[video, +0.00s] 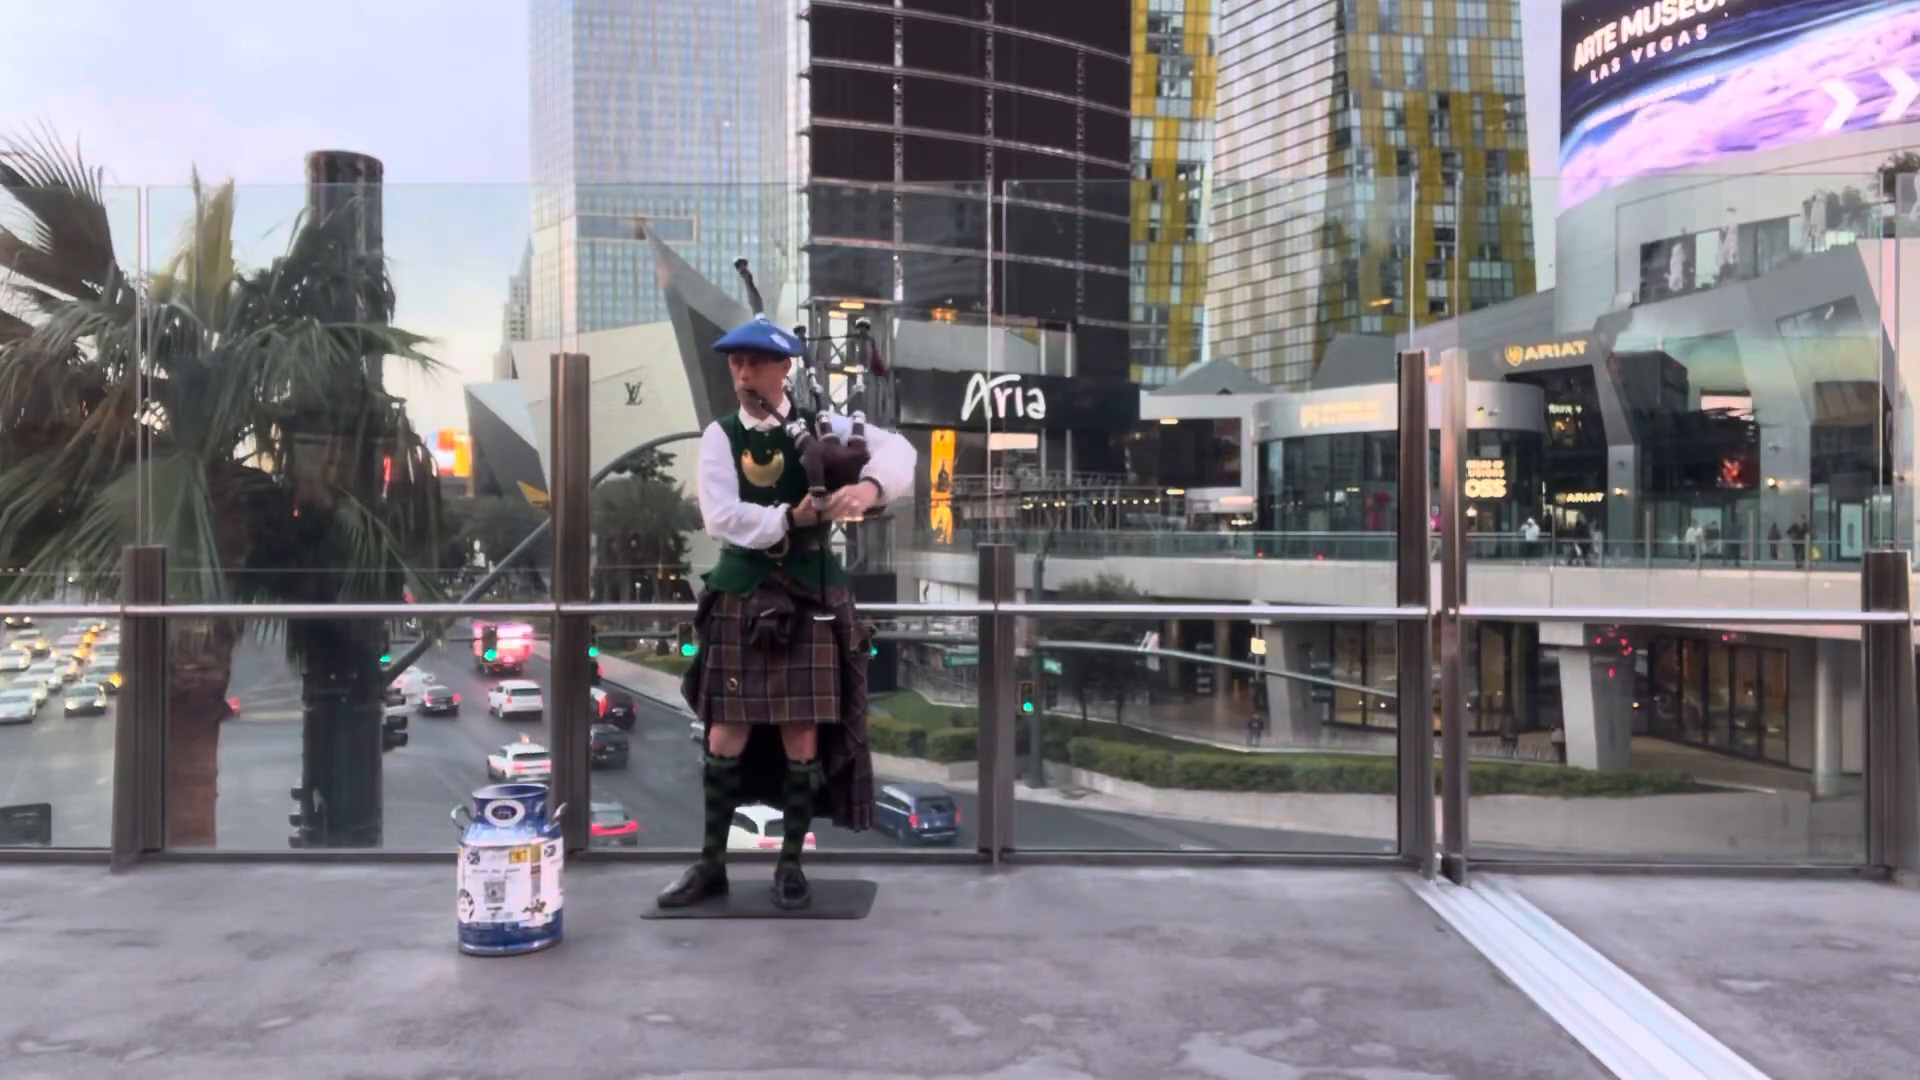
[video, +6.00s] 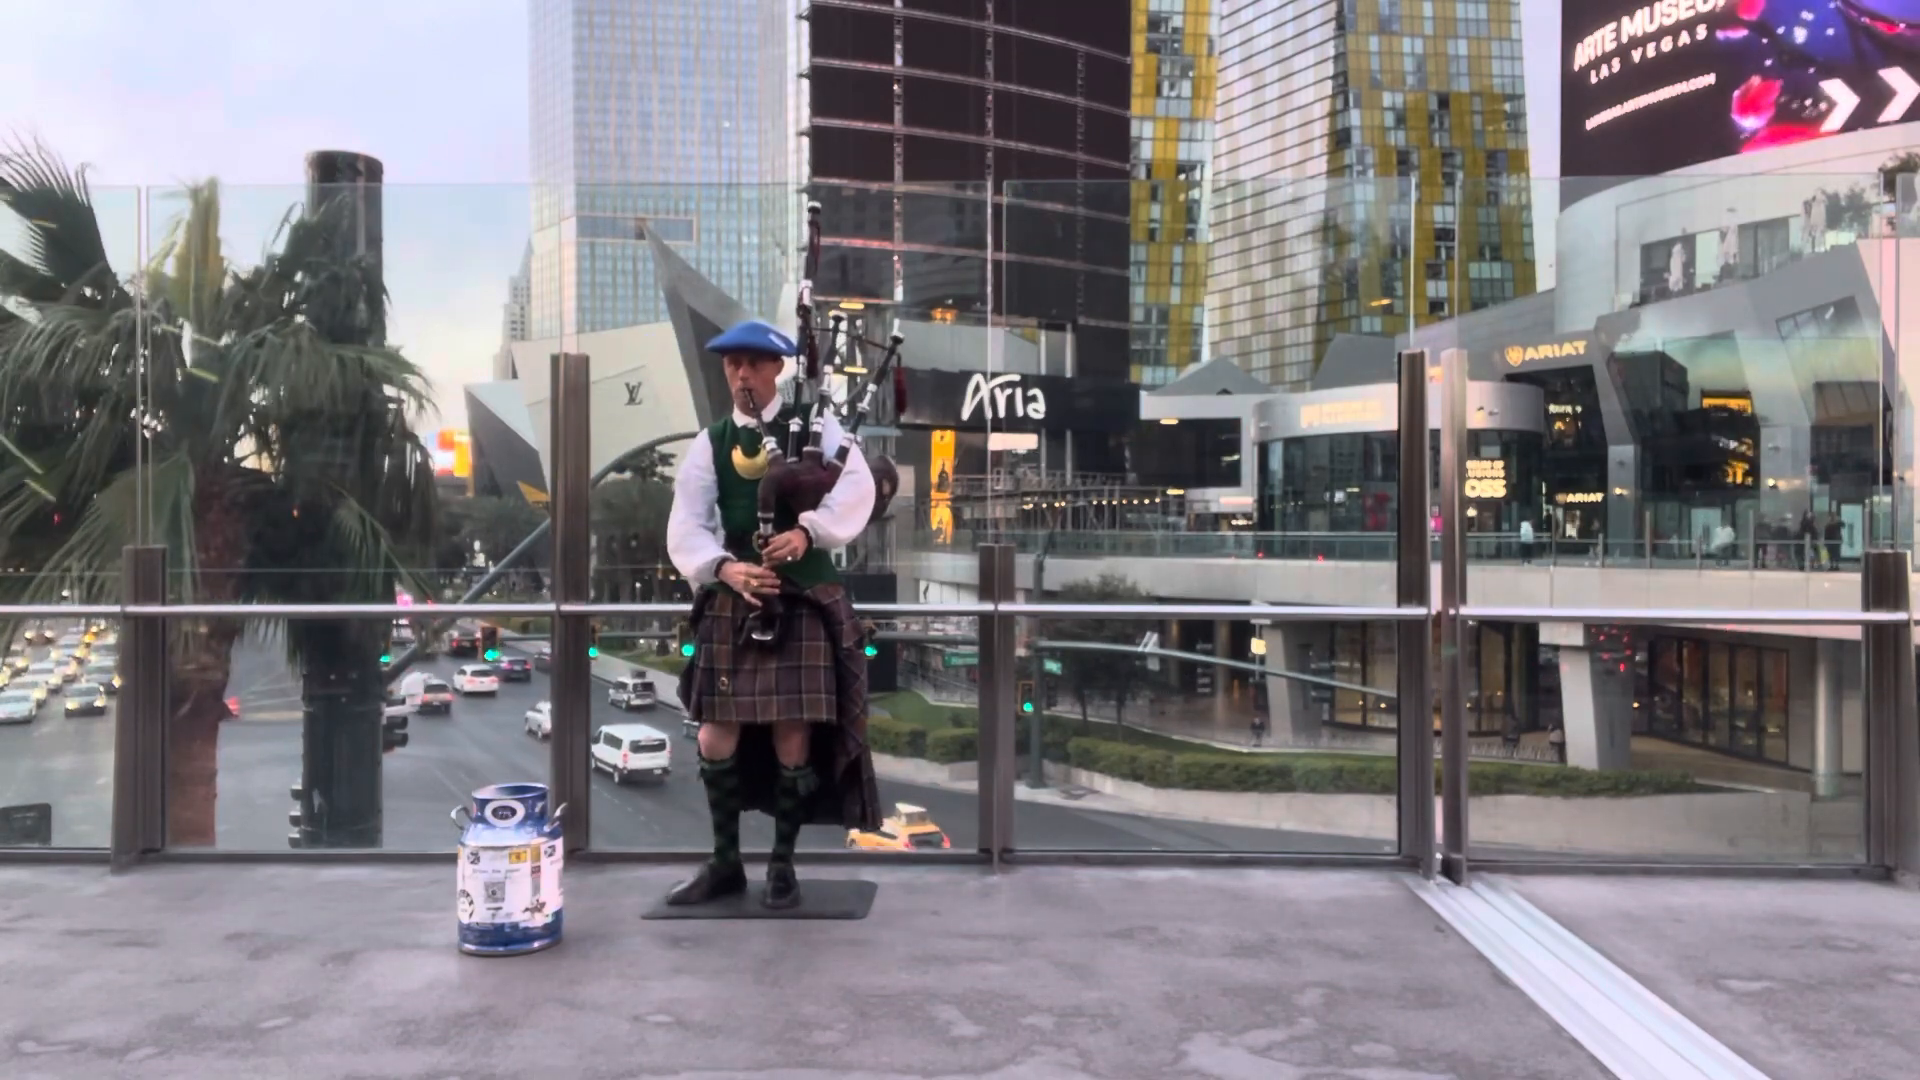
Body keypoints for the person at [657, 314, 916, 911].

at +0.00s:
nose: (740, 374)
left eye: (753, 363)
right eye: (735, 364)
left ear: (785, 367)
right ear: (731, 370)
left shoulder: (825, 424)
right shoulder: (722, 434)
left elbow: (899, 450)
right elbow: (721, 515)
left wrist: (871, 487)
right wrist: (792, 517)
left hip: (811, 595)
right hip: (741, 594)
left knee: (801, 733)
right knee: (726, 731)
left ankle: (790, 866)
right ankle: (711, 866)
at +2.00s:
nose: (727, 375)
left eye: (740, 363)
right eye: (720, 364)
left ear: (771, 368)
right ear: (716, 370)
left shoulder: (811, 425)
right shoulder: (707, 438)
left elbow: (869, 482)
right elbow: (692, 518)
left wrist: (827, 489)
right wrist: (757, 519)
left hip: (804, 591)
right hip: (731, 592)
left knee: (795, 727)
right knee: (723, 726)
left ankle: (789, 864)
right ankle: (719, 861)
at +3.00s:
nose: (677, 373)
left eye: (689, 361)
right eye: (667, 363)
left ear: (717, 365)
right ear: (658, 372)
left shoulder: (760, 429)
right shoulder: (649, 445)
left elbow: (808, 481)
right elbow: (625, 531)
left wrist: (764, 522)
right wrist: (677, 538)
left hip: (756, 594)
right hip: (684, 599)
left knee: (766, 726)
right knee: (697, 729)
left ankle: (786, 863)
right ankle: (715, 863)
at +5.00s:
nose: (742, 374)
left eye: (755, 362)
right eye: (733, 362)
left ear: (780, 370)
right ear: (721, 371)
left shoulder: (814, 430)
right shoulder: (704, 444)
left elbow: (860, 485)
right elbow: (684, 531)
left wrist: (811, 526)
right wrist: (726, 565)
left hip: (798, 597)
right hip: (725, 596)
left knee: (788, 728)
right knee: (708, 729)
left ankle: (781, 863)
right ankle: (722, 861)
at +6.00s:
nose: (742, 374)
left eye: (754, 362)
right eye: (734, 363)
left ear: (781, 368)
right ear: (724, 372)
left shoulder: (818, 427)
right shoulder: (710, 443)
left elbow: (859, 486)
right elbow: (686, 527)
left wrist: (810, 531)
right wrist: (722, 567)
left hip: (802, 594)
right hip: (730, 593)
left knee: (791, 729)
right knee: (716, 732)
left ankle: (782, 864)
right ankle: (725, 862)